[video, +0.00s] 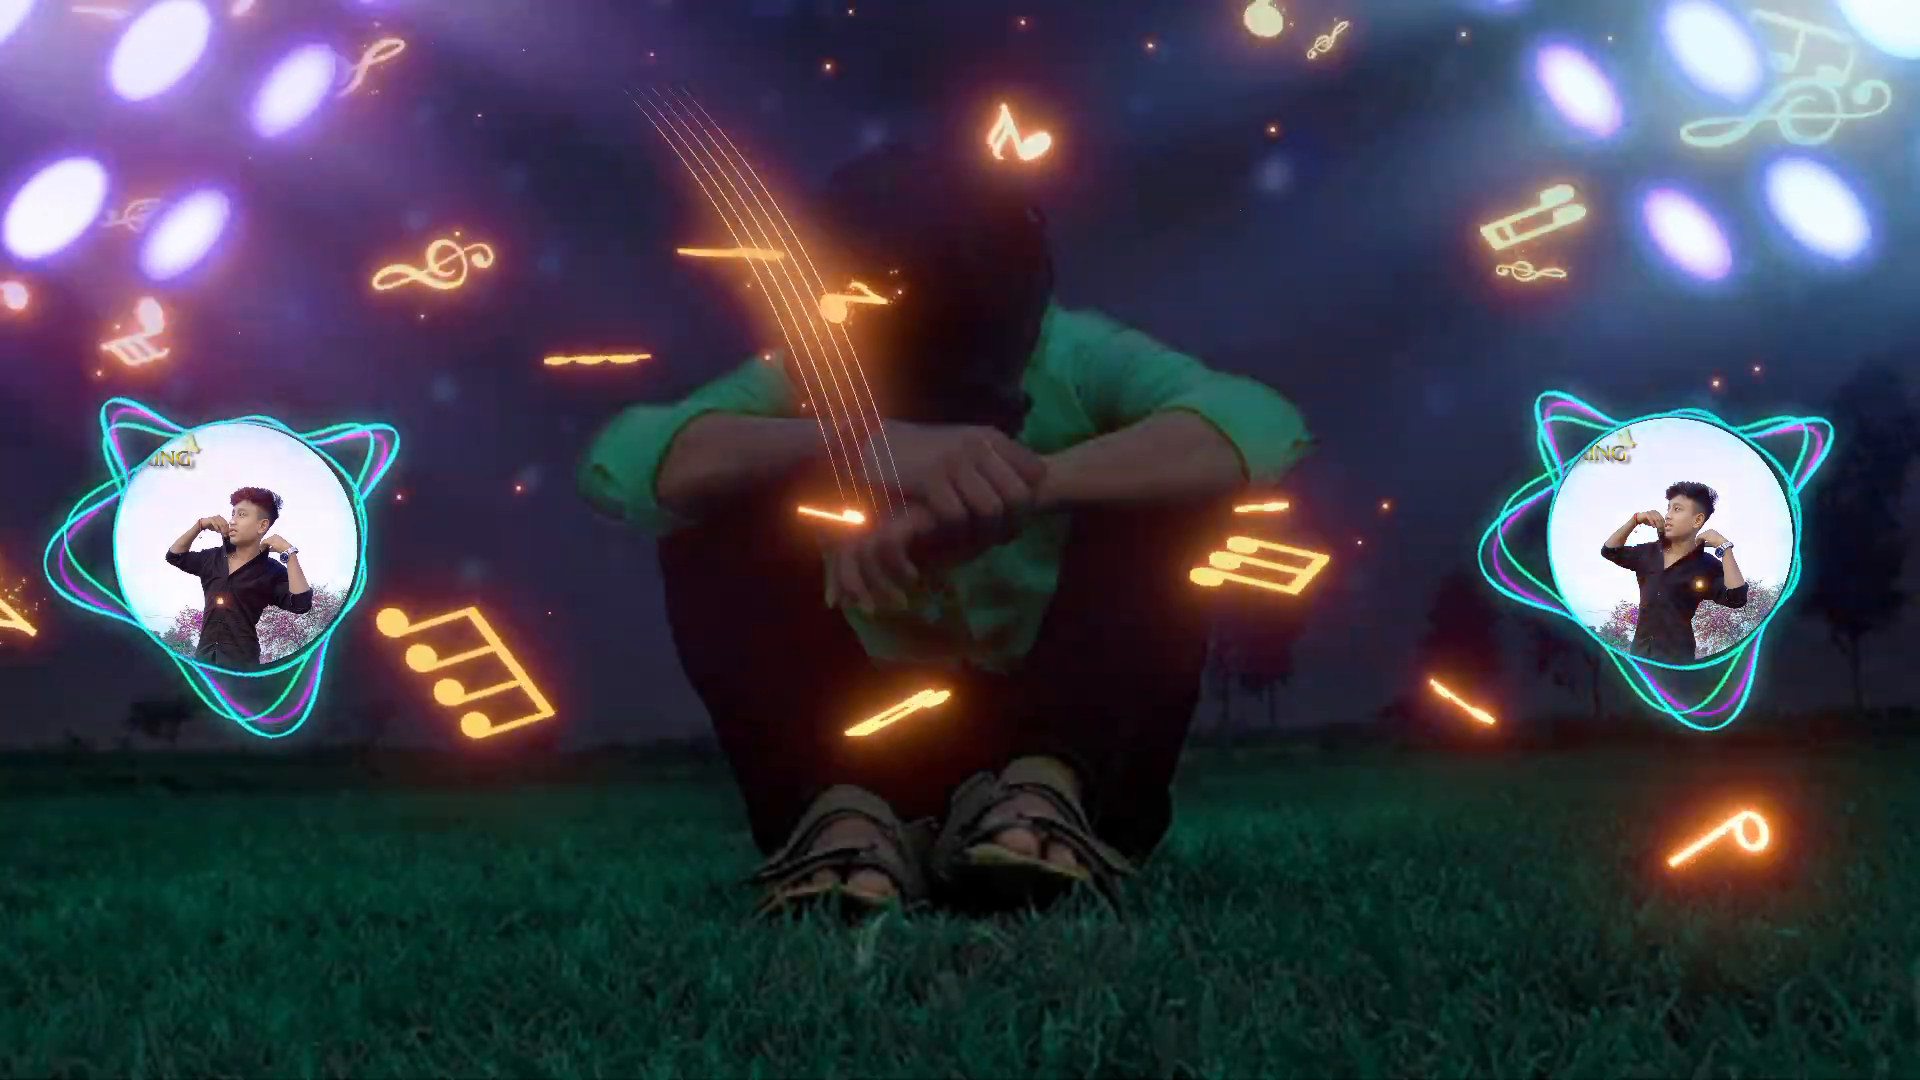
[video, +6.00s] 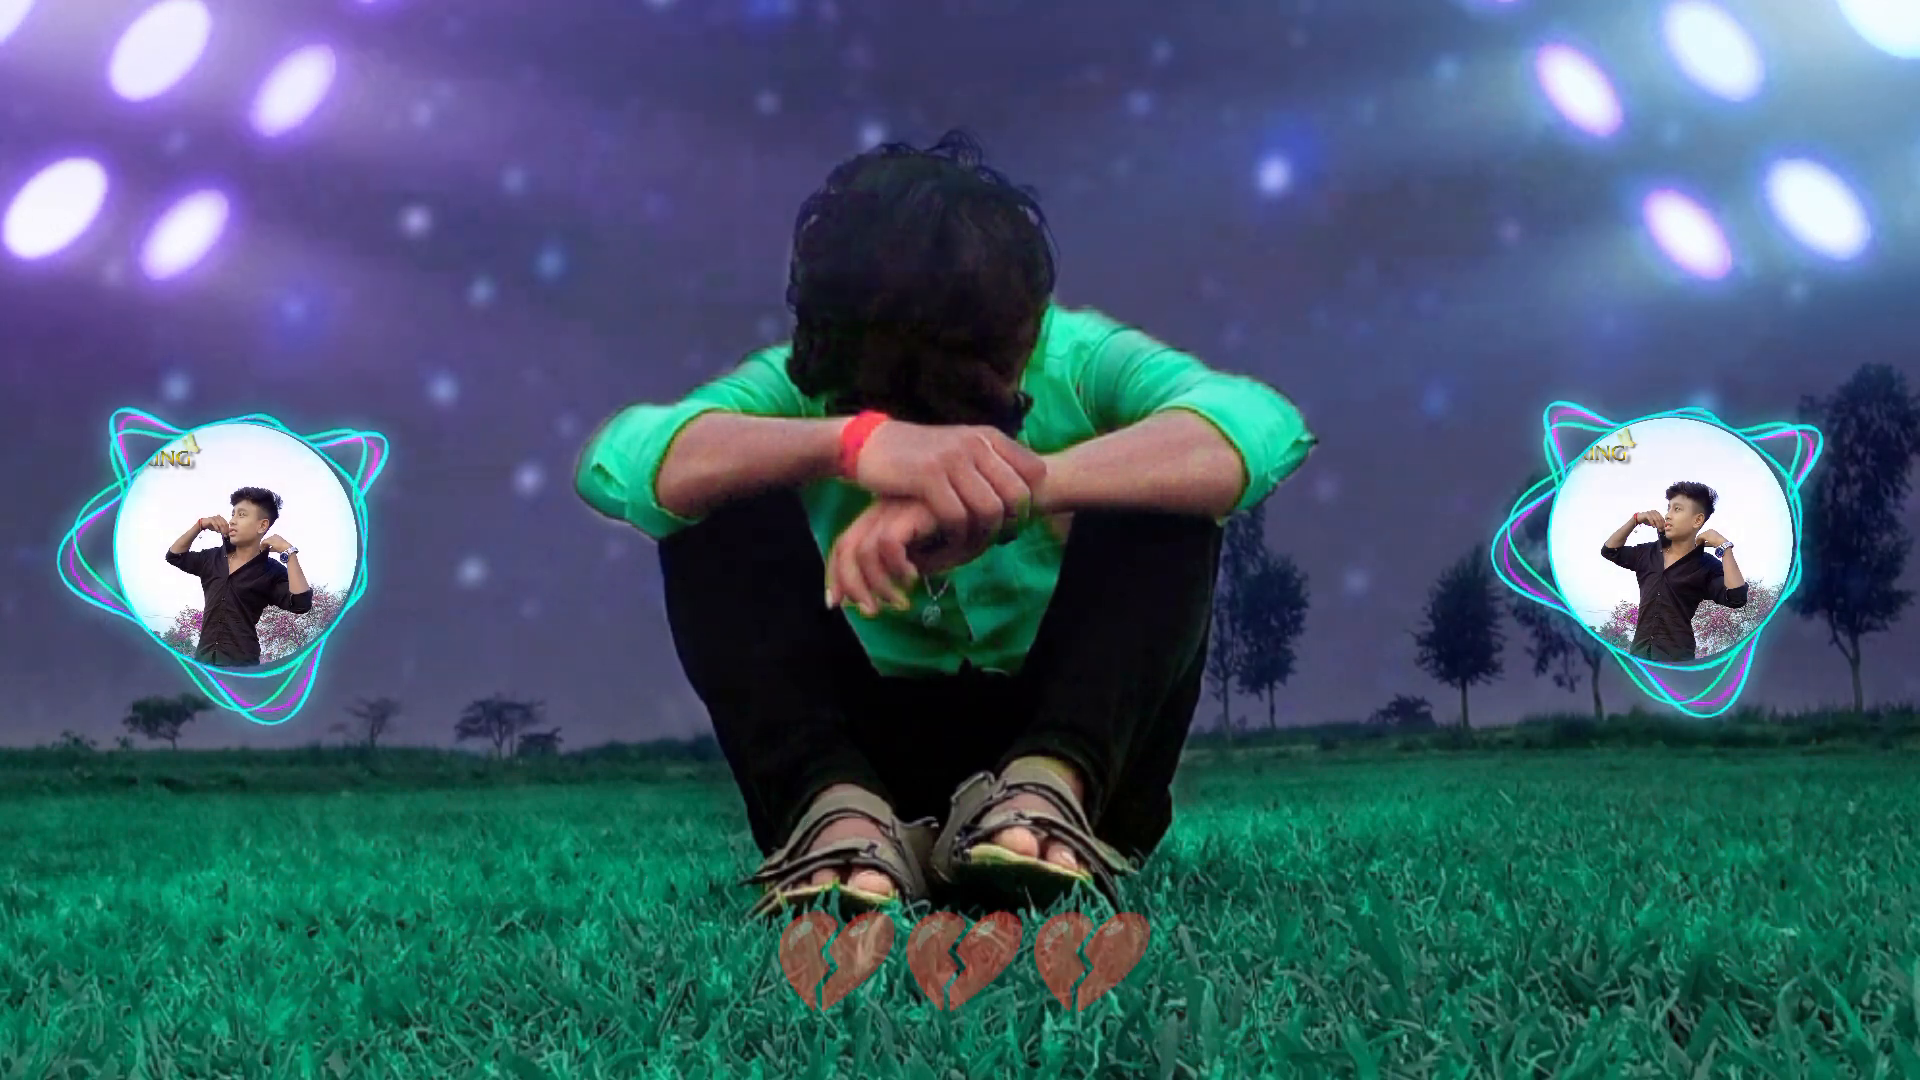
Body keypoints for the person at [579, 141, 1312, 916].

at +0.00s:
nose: (935, 401)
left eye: (968, 380)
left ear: (1011, 329)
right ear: (852, 316)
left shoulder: (1074, 353)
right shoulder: (810, 380)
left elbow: (1266, 428)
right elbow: (616, 462)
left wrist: (999, 492)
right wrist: (869, 445)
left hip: (1049, 741)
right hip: (863, 749)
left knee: (1153, 500)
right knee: (715, 522)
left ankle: (1041, 788)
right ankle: (833, 816)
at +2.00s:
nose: (926, 449)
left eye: (964, 414)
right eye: (884, 407)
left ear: (1021, 349)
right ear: (816, 353)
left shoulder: (1070, 353)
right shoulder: (789, 384)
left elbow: (1262, 430)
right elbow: (610, 467)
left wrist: (998, 491)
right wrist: (853, 444)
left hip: (1036, 717)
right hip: (860, 725)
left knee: (1161, 499)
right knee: (712, 515)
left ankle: (1039, 786)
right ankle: (835, 812)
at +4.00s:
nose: (920, 453)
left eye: (954, 418)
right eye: (887, 417)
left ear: (1017, 356)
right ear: (819, 366)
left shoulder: (1077, 356)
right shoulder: (794, 382)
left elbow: (1264, 429)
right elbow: (612, 467)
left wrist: (997, 492)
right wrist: (852, 447)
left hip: (1058, 746)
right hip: (864, 753)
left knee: (1167, 487)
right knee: (712, 499)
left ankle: (1044, 788)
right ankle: (833, 816)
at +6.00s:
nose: (934, 442)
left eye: (969, 400)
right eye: (901, 409)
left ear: (1020, 346)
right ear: (831, 365)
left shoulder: (1075, 355)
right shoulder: (796, 383)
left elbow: (1265, 429)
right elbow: (612, 467)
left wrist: (1002, 492)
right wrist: (852, 447)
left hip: (1059, 751)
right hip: (864, 758)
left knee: (1166, 489)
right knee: (714, 503)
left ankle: (1043, 791)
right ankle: (836, 819)